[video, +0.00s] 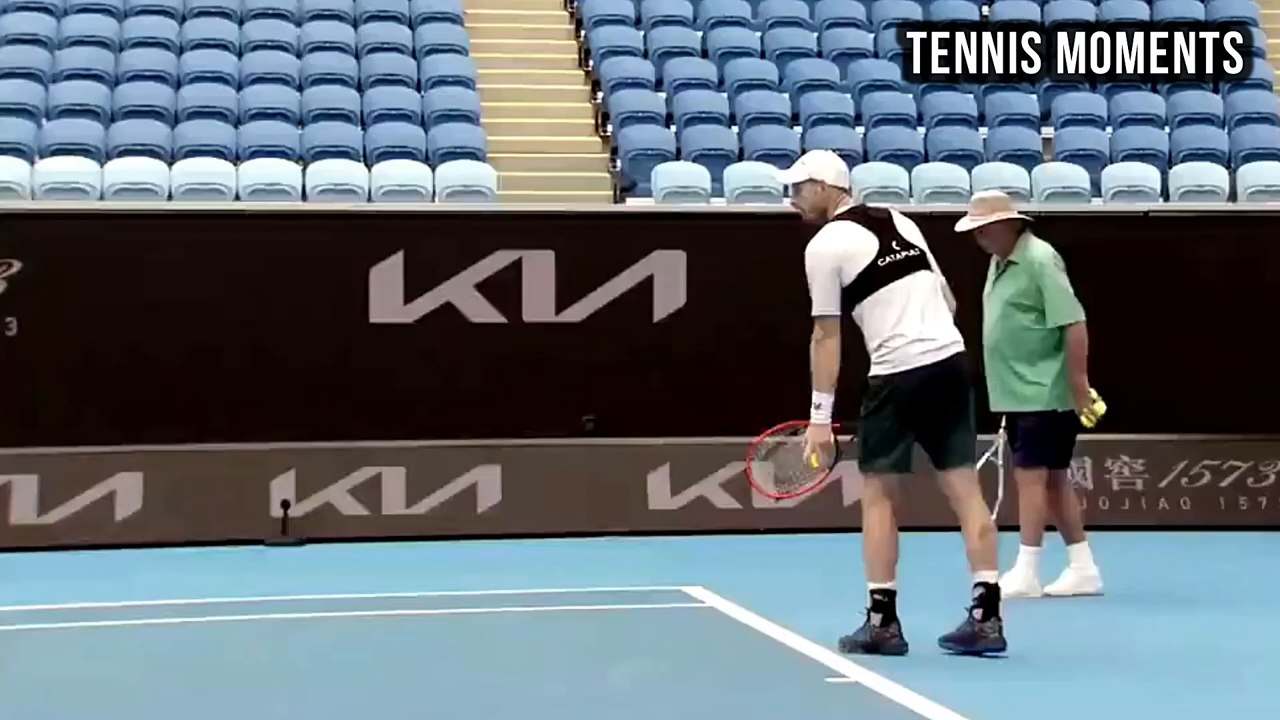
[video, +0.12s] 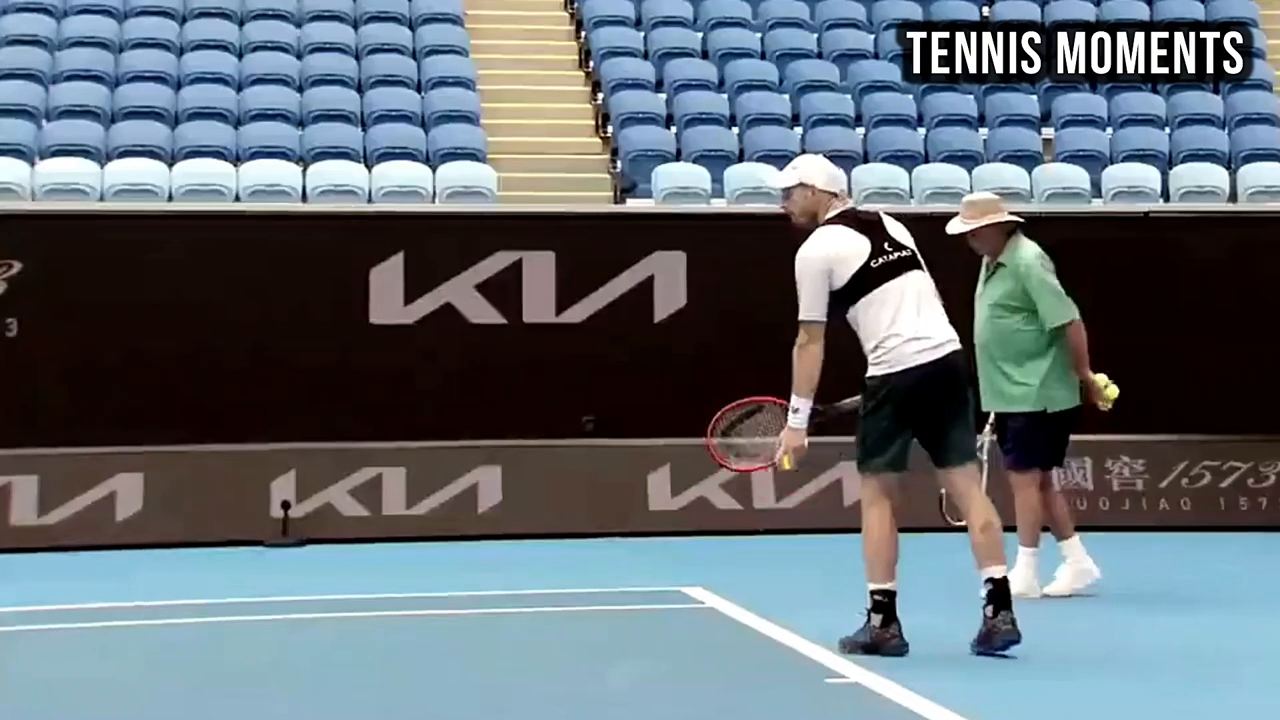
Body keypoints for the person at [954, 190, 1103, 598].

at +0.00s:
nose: (979, 239)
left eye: (984, 230)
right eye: (976, 232)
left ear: (1007, 225)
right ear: (986, 231)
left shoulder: (1041, 258)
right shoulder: (999, 263)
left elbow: (1074, 324)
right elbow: (1005, 336)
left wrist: (1078, 384)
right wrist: (1005, 401)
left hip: (1045, 393)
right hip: (1019, 393)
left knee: (1028, 476)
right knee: (1054, 480)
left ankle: (1026, 573)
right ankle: (1084, 567)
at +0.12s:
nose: (970, 241)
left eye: (974, 233)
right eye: (968, 235)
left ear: (998, 228)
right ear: (984, 232)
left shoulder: (1028, 261)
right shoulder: (995, 261)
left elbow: (1070, 322)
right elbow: (1007, 332)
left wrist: (1084, 375)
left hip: (1038, 394)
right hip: (1013, 393)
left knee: (1022, 477)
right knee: (1040, 480)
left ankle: (1025, 574)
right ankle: (1078, 561)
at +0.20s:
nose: (966, 243)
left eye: (970, 236)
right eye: (963, 237)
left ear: (993, 230)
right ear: (981, 233)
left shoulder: (1022, 262)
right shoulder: (993, 260)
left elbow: (1066, 322)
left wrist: (1083, 367)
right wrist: (1079, 363)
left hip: (1032, 395)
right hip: (1008, 394)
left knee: (1020, 479)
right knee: (1030, 479)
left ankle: (1024, 573)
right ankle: (1072, 554)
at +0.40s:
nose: (956, 246)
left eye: (960, 239)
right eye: (954, 240)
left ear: (982, 233)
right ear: (971, 236)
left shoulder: (1012, 265)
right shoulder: (982, 262)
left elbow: (1049, 327)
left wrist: (1068, 374)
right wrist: (1068, 371)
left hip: (1023, 396)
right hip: (999, 394)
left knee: (1018, 481)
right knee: (1004, 478)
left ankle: (1025, 571)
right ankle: (1035, 552)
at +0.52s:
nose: (949, 248)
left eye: (953, 240)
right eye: (947, 241)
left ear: (976, 235)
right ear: (962, 238)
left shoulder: (1006, 267)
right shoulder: (971, 264)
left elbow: (1037, 334)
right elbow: (975, 328)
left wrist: (1050, 388)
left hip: (1018, 397)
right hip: (982, 396)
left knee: (1020, 483)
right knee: (972, 477)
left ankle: (1031, 571)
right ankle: (992, 561)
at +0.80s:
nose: (927, 243)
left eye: (933, 234)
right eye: (923, 235)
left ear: (953, 230)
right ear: (923, 236)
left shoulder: (982, 265)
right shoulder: (927, 268)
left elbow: (1009, 340)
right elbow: (923, 344)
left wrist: (1017, 403)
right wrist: (887, 393)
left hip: (998, 388)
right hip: (948, 390)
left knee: (1007, 484)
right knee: (941, 481)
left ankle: (1023, 570)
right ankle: (932, 570)